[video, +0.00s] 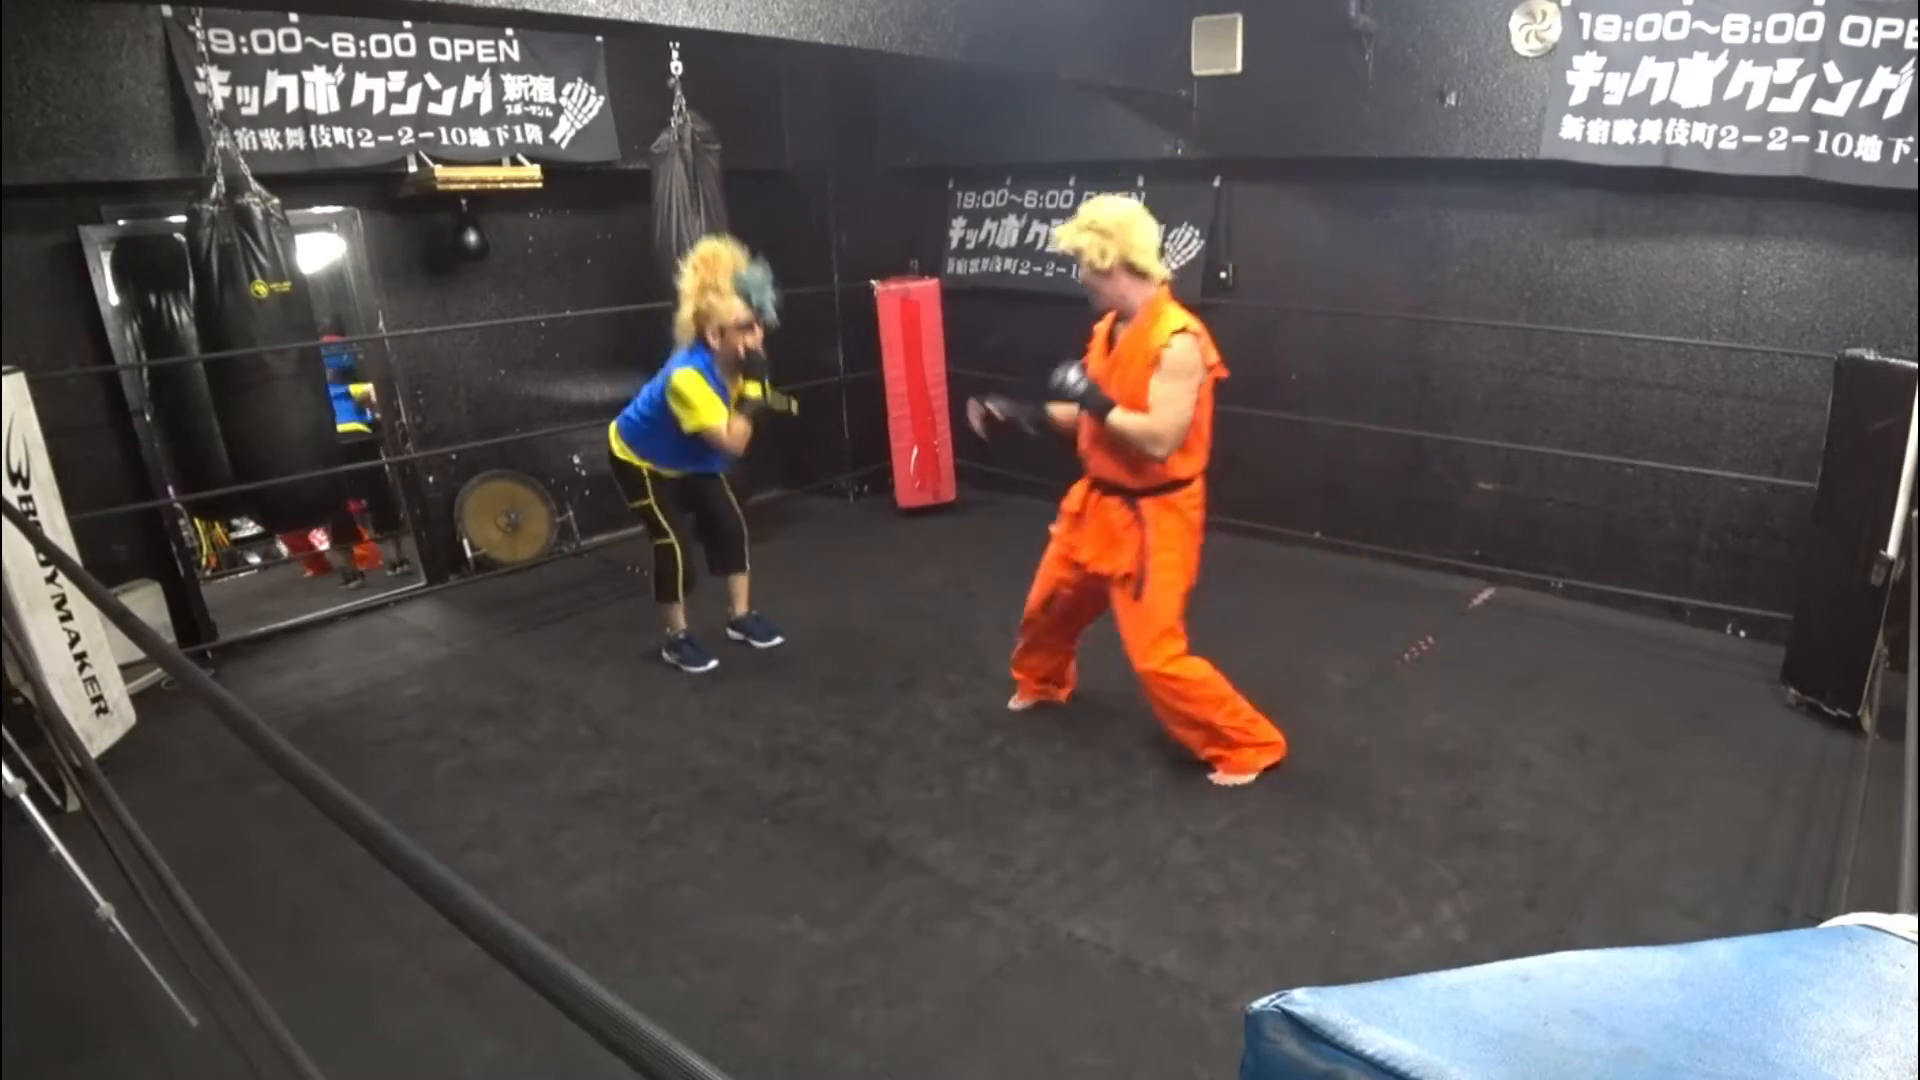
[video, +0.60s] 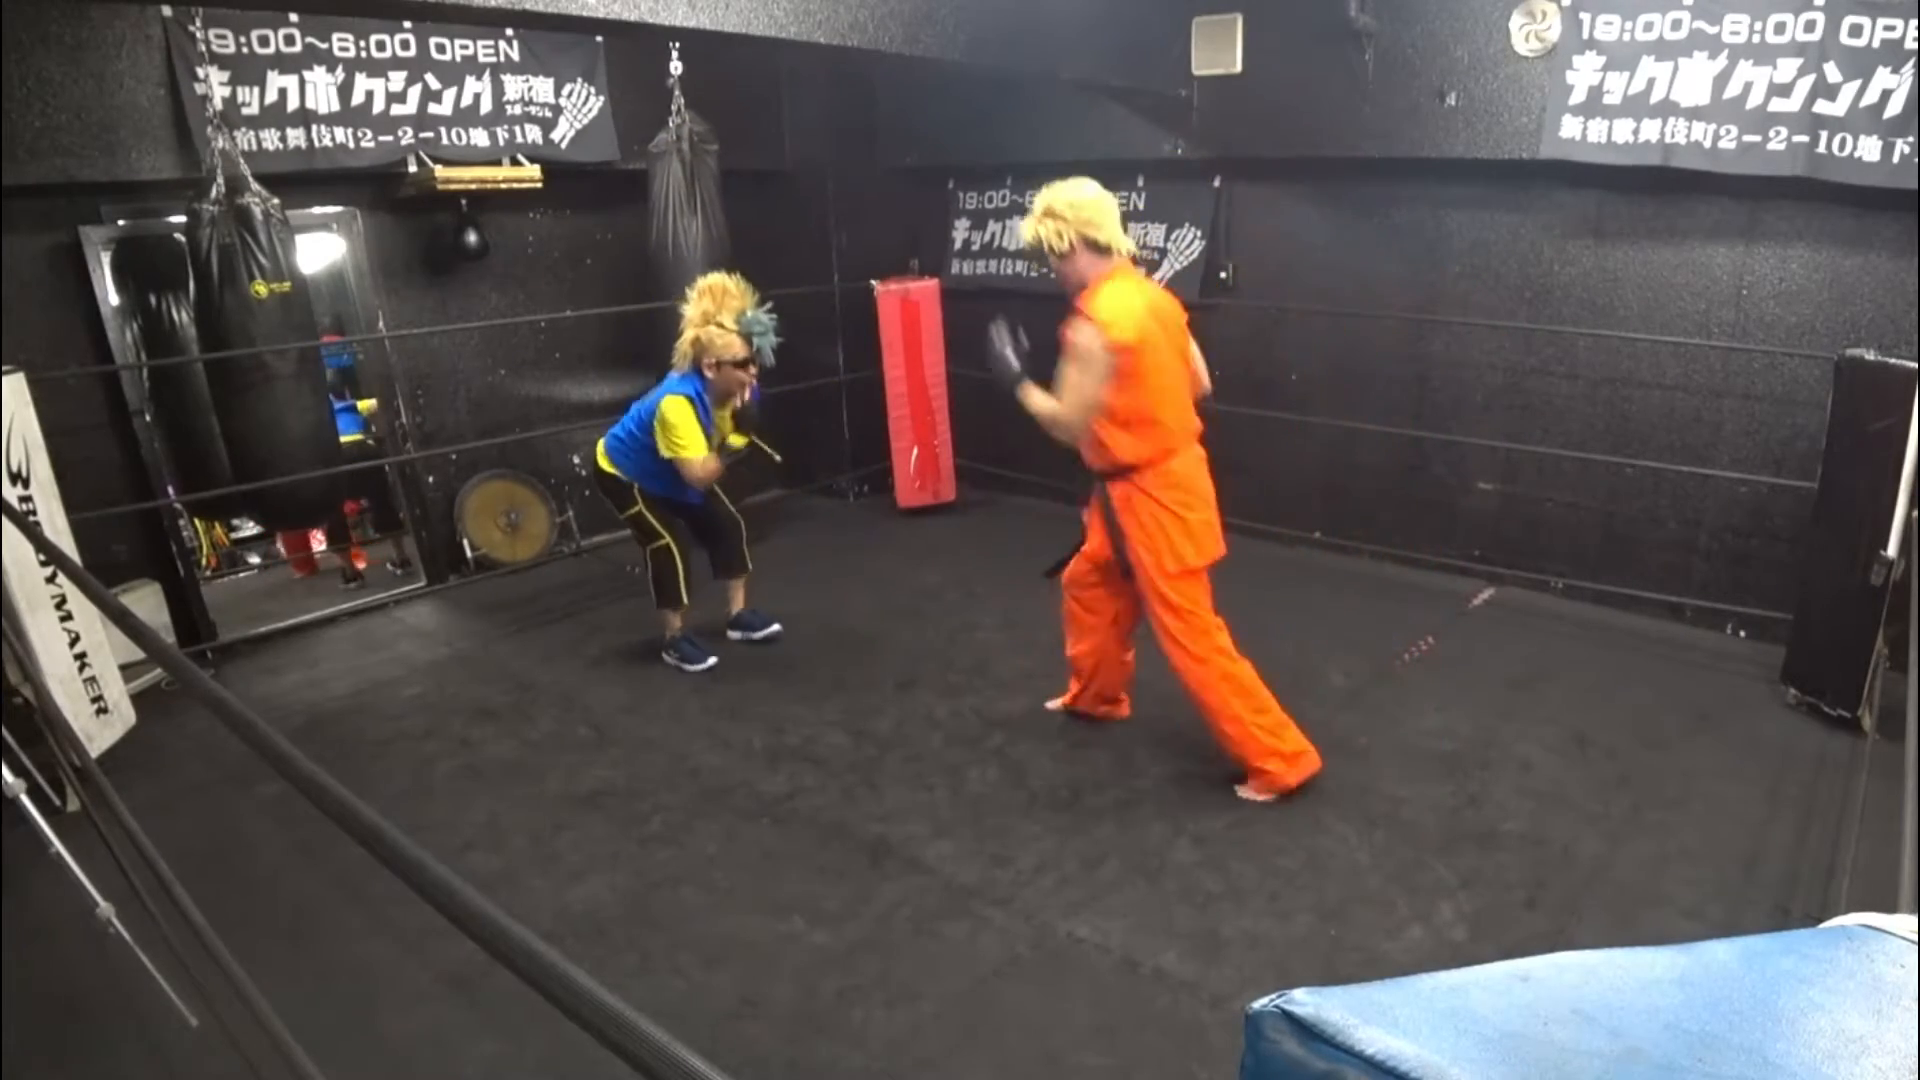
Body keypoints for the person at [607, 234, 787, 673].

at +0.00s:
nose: (756, 338)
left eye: (757, 327)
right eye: (745, 330)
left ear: (760, 327)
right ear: (714, 336)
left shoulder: (739, 365)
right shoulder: (686, 377)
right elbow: (734, 442)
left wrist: (761, 402)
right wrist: (751, 398)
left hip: (694, 455)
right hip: (640, 455)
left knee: (731, 525)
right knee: (670, 541)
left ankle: (740, 616)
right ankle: (676, 635)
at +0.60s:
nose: (752, 374)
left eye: (754, 364)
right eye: (742, 365)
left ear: (716, 368)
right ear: (710, 368)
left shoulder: (723, 395)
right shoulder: (676, 404)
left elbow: (725, 436)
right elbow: (698, 475)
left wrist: (741, 414)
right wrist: (728, 450)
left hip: (669, 464)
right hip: (620, 469)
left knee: (728, 526)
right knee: (666, 545)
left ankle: (739, 614)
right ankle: (673, 637)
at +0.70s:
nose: (731, 342)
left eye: (736, 332)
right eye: (720, 333)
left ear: (743, 333)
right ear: (691, 335)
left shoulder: (742, 368)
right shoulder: (659, 382)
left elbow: (733, 408)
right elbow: (634, 447)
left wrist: (738, 435)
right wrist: (663, 471)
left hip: (692, 468)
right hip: (635, 474)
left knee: (739, 531)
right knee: (680, 547)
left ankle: (739, 615)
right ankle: (676, 635)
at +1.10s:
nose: (660, 263)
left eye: (665, 252)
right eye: (648, 254)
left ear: (675, 256)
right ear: (623, 260)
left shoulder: (694, 306)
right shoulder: (602, 299)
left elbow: (726, 365)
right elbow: (622, 336)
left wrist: (738, 357)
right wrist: (664, 320)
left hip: (711, 443)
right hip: (653, 449)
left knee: (750, 531)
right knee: (622, 535)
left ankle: (806, 615)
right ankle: (629, 609)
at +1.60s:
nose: (574, 309)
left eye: (582, 298)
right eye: (563, 300)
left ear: (599, 298)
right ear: (547, 303)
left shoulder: (620, 329)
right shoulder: (541, 338)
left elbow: (656, 384)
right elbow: (523, 383)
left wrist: (636, 346)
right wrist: (550, 354)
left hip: (652, 464)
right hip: (597, 477)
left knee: (664, 535)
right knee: (575, 557)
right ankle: (612, 608)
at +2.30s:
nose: (508, 321)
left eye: (517, 310)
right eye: (499, 312)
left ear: (537, 308)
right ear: (491, 313)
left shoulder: (556, 343)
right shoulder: (488, 358)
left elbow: (591, 385)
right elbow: (470, 408)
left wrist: (581, 337)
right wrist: (465, 380)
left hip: (577, 473)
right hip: (524, 483)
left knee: (598, 549)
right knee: (490, 561)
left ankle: (662, 630)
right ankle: (503, 611)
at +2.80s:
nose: (506, 331)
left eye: (512, 321)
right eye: (494, 324)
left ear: (521, 323)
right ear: (474, 332)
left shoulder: (550, 366)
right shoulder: (463, 384)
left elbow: (604, 412)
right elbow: (457, 438)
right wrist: (485, 411)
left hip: (579, 487)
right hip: (525, 499)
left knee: (607, 548)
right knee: (490, 572)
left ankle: (667, 630)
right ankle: (504, 612)